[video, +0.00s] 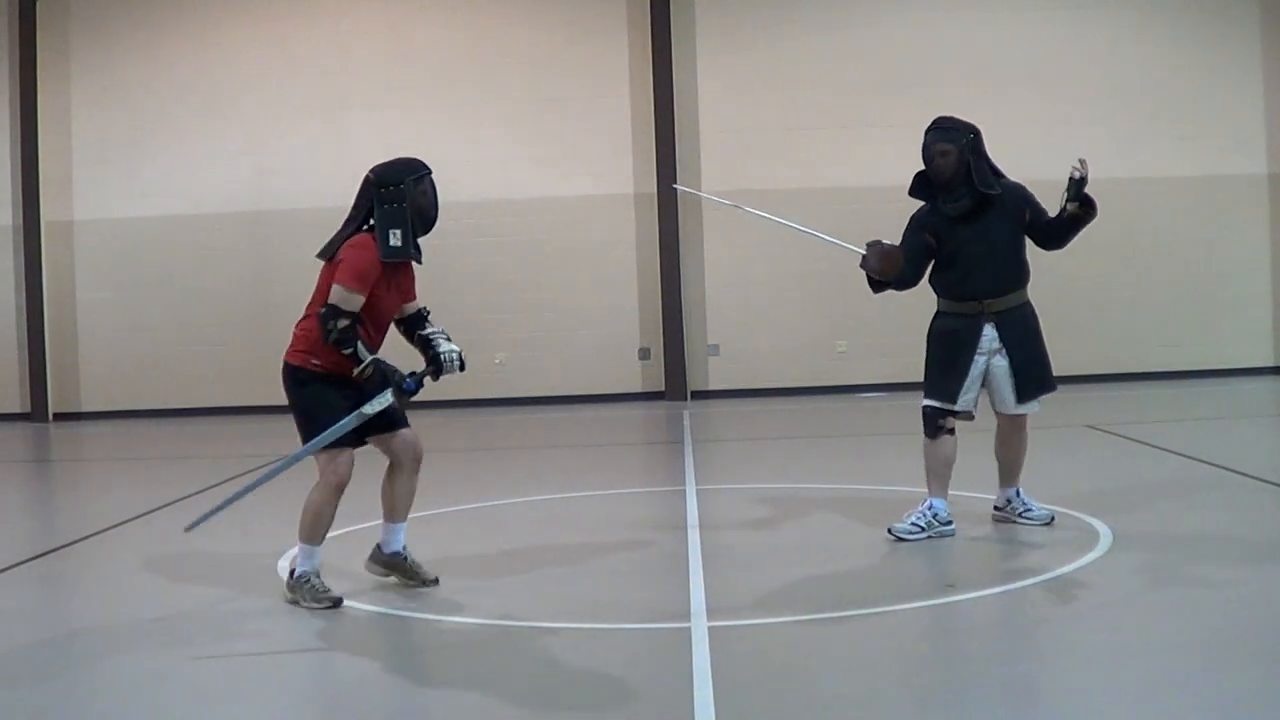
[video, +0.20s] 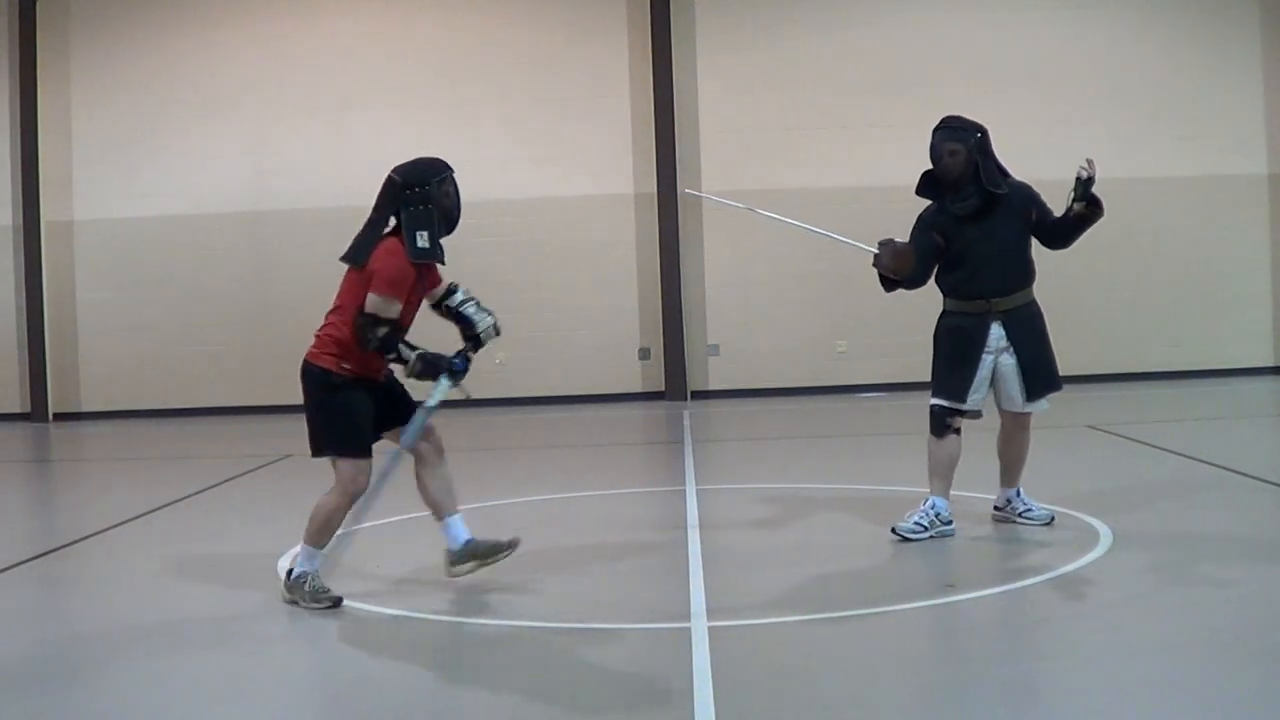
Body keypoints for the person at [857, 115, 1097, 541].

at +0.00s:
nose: (936, 163)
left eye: (944, 154)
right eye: (931, 156)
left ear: (968, 153)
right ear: (925, 161)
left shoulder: (1010, 196)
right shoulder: (928, 218)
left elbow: (1050, 237)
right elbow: (908, 274)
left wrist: (1073, 213)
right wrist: (881, 271)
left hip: (1011, 320)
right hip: (955, 324)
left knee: (1014, 412)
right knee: (937, 413)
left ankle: (1009, 497)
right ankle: (936, 508)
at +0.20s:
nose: (942, 162)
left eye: (951, 152)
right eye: (937, 154)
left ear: (976, 153)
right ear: (933, 160)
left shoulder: (1017, 196)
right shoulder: (935, 218)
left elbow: (1055, 237)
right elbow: (915, 274)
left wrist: (1080, 211)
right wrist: (893, 269)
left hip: (1018, 319)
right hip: (962, 323)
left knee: (1018, 412)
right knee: (944, 414)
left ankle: (1009, 498)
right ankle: (937, 508)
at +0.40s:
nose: (947, 166)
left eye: (956, 157)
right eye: (942, 158)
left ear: (980, 158)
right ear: (937, 164)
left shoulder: (1021, 202)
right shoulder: (939, 221)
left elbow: (1059, 242)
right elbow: (927, 285)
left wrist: (1083, 211)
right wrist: (906, 271)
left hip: (1018, 322)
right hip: (962, 326)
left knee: (1036, 409)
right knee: (943, 415)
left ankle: (1018, 493)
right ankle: (936, 509)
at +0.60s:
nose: (976, 179)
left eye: (985, 171)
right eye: (973, 171)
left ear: (1008, 175)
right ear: (968, 175)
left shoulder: (1043, 227)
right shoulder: (963, 232)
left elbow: (1085, 267)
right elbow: (933, 284)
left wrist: (1106, 239)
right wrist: (901, 274)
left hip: (1032, 338)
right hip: (973, 340)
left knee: (1070, 420)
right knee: (939, 418)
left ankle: (1083, 467)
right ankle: (932, 510)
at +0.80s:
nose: (1043, 179)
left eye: (1053, 172)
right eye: (1039, 171)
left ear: (1074, 175)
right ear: (1034, 175)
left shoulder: (1108, 224)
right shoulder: (1030, 223)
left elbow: (1153, 263)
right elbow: (981, 257)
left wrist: (1159, 240)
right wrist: (935, 254)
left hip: (1086, 336)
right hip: (1030, 332)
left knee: (1099, 430)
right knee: (993, 418)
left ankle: (1090, 490)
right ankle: (944, 491)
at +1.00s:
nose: (1097, 178)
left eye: (1105, 171)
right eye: (1093, 170)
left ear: (1126, 175)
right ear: (1086, 173)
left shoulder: (1152, 226)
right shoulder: (1080, 223)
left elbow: (1188, 269)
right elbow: (1049, 266)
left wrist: (1227, 302)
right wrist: (1006, 268)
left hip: (1126, 331)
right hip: (1076, 328)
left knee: (1116, 414)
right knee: (1063, 421)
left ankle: (1096, 482)